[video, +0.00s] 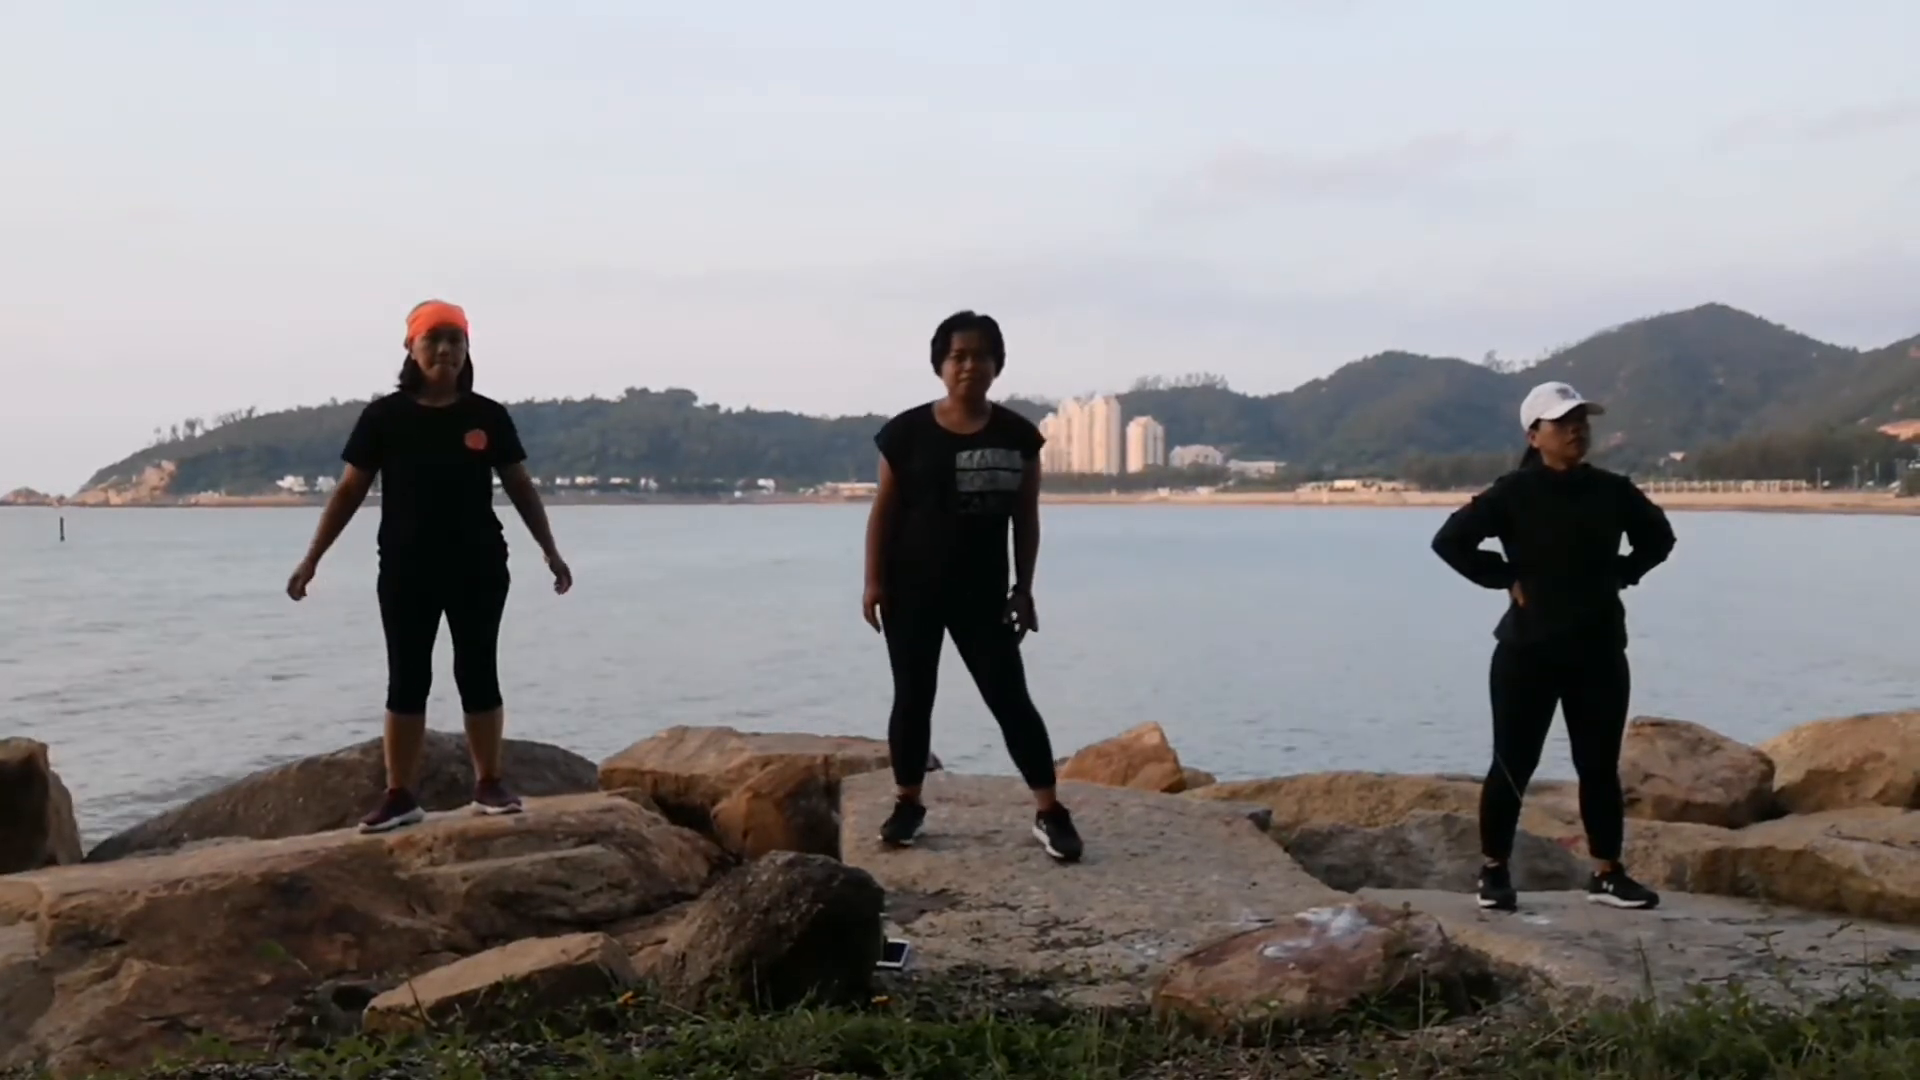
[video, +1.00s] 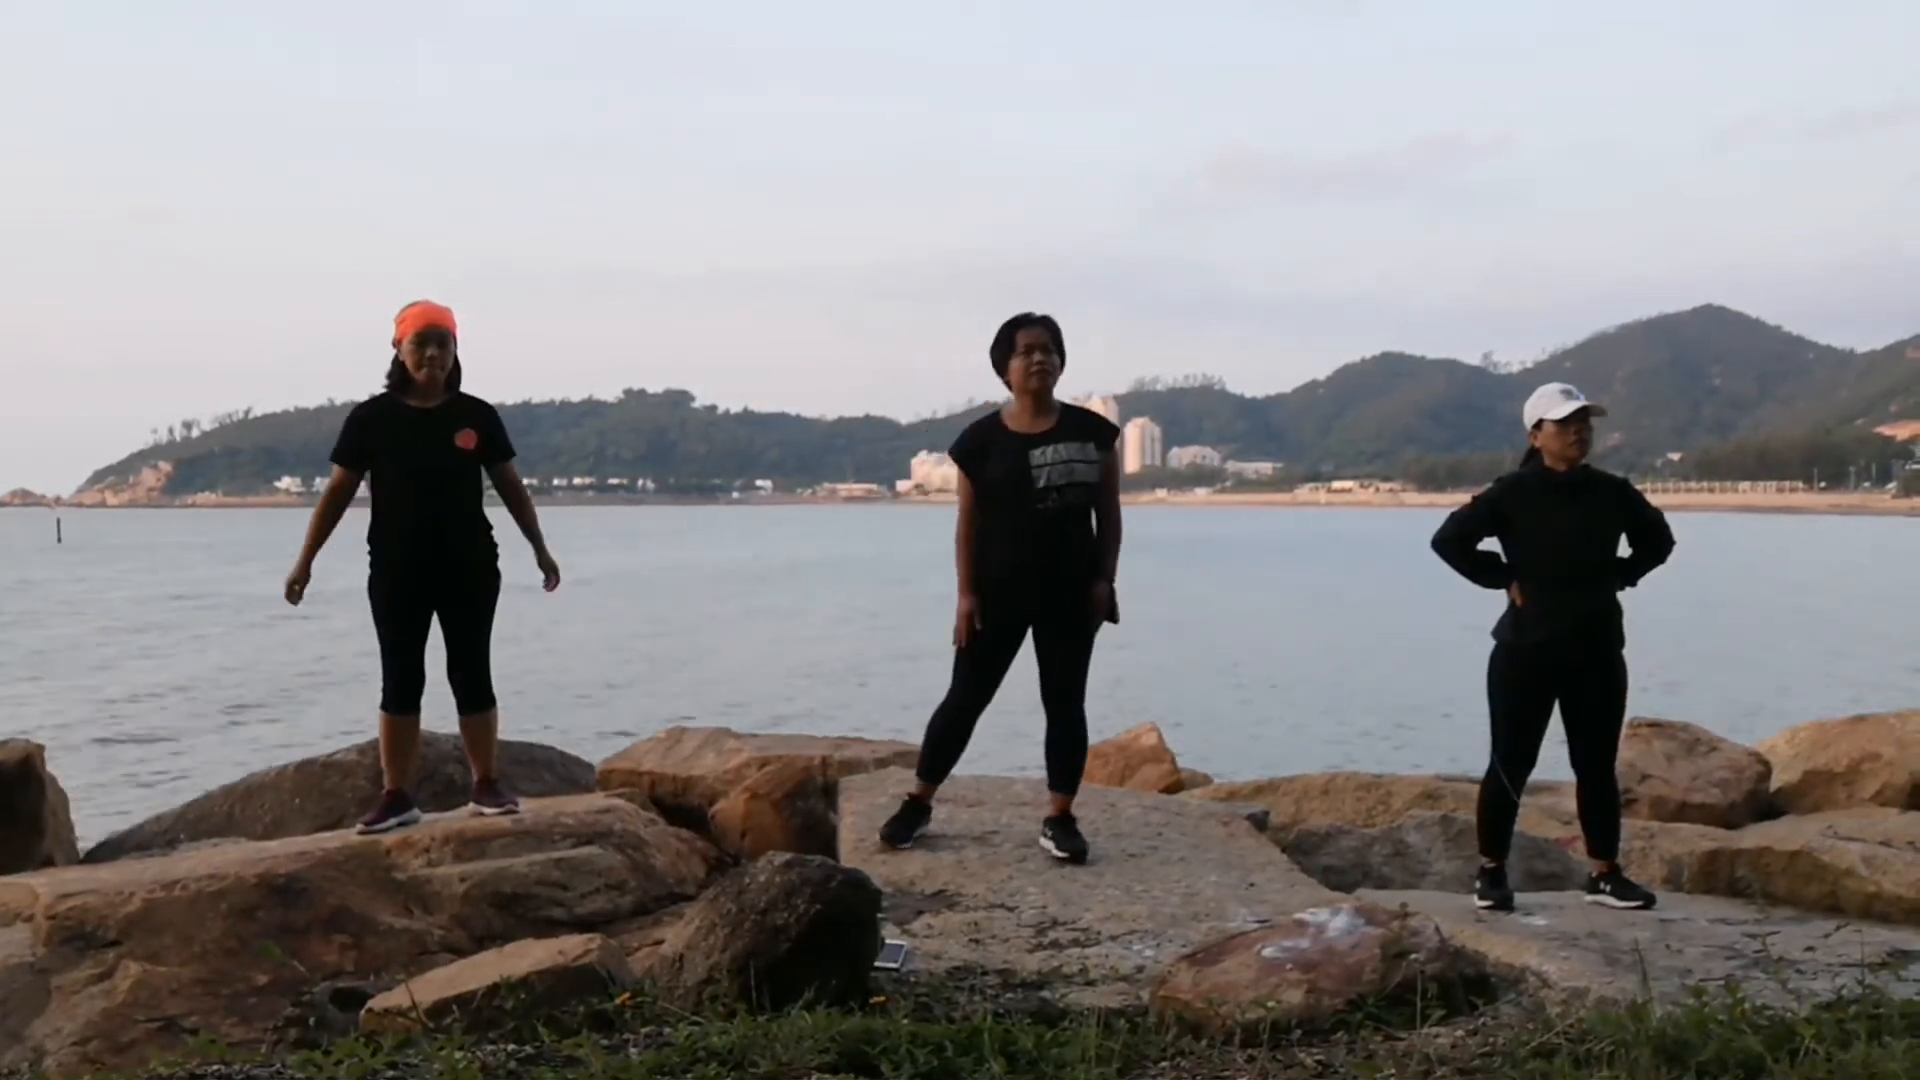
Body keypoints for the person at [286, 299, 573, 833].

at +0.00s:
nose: (443, 348)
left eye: (453, 339)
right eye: (432, 339)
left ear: (466, 349)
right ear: (412, 349)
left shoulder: (488, 418)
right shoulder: (383, 417)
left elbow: (520, 488)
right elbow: (350, 491)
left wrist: (550, 549)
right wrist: (310, 559)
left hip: (477, 570)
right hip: (407, 571)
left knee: (478, 677)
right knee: (406, 684)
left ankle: (488, 785)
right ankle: (399, 795)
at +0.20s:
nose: (443, 349)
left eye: (452, 340)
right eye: (431, 340)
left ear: (464, 348)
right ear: (411, 349)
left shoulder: (488, 417)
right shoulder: (382, 417)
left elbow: (508, 493)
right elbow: (365, 497)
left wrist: (512, 556)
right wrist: (361, 567)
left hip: (473, 570)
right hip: (403, 572)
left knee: (477, 678)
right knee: (403, 684)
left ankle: (488, 784)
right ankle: (398, 794)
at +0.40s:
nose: (440, 349)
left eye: (450, 339)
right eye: (429, 340)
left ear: (463, 348)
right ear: (408, 349)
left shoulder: (485, 415)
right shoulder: (379, 416)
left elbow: (507, 487)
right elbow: (362, 493)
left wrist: (466, 512)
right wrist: (411, 519)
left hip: (472, 565)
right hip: (403, 567)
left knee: (475, 675)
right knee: (404, 681)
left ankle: (488, 785)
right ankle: (397, 795)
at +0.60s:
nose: (437, 350)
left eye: (446, 340)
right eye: (425, 341)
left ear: (460, 348)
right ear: (406, 350)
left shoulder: (483, 416)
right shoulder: (376, 416)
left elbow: (506, 486)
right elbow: (359, 495)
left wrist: (471, 521)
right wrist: (399, 532)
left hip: (470, 565)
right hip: (400, 569)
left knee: (474, 676)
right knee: (402, 682)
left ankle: (486, 785)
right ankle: (397, 795)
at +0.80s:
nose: (434, 352)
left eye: (443, 342)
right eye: (423, 342)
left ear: (456, 350)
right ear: (402, 350)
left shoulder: (479, 418)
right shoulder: (374, 418)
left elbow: (501, 495)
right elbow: (355, 501)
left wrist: (517, 563)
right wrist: (340, 573)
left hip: (469, 572)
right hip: (398, 575)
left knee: (474, 679)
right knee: (400, 687)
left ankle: (485, 786)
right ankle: (397, 796)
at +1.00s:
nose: (432, 352)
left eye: (441, 343)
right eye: (421, 342)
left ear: (454, 350)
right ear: (400, 351)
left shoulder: (477, 418)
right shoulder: (370, 420)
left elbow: (509, 486)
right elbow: (337, 494)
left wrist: (539, 545)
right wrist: (304, 561)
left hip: (468, 570)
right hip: (397, 573)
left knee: (472, 678)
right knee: (400, 685)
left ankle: (485, 785)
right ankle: (395, 796)